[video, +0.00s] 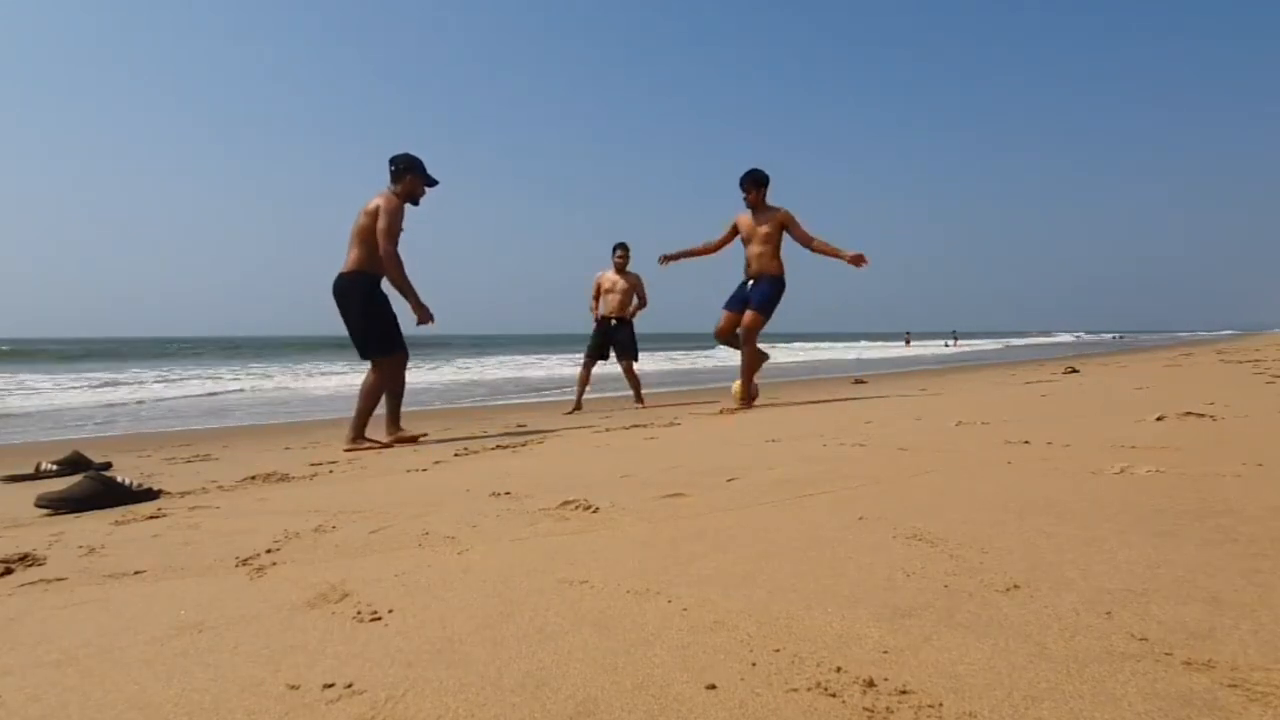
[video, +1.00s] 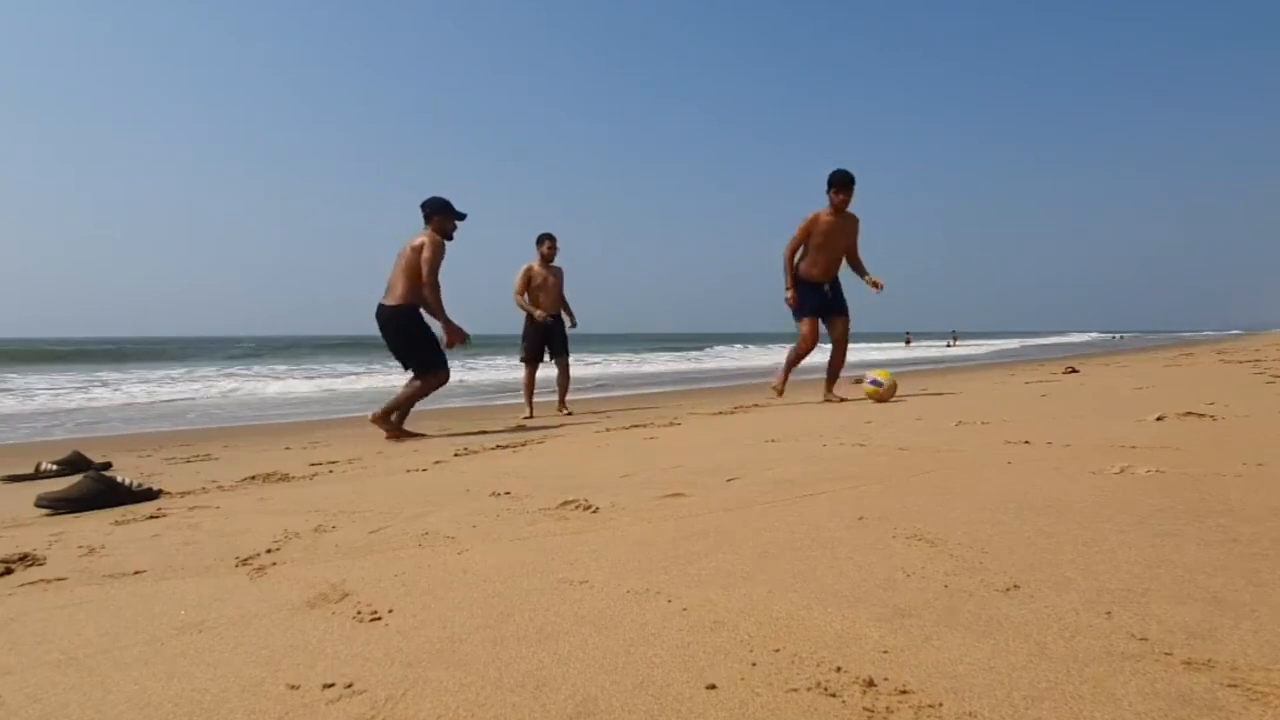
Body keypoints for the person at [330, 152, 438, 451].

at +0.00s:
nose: (424, 190)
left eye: (425, 185)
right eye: (421, 183)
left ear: (401, 180)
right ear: (406, 179)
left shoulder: (384, 204)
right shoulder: (389, 204)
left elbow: (386, 262)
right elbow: (387, 257)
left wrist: (414, 302)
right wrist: (417, 303)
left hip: (363, 286)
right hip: (358, 287)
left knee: (397, 357)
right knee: (383, 363)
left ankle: (393, 429)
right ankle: (355, 436)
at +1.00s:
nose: (455, 225)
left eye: (455, 220)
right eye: (451, 220)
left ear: (432, 221)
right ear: (436, 220)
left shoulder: (418, 243)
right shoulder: (433, 242)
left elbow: (422, 298)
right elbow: (429, 285)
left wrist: (449, 326)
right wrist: (448, 325)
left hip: (390, 311)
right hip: (403, 313)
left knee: (426, 372)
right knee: (439, 375)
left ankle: (397, 425)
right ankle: (384, 414)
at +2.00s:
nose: (570, 139)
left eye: (570, 132)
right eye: (565, 131)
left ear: (548, 133)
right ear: (543, 131)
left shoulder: (551, 177)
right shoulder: (522, 168)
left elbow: (555, 225)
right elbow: (506, 224)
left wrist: (571, 254)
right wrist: (513, 270)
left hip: (529, 263)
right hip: (505, 261)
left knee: (561, 339)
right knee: (506, 345)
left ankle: (537, 420)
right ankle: (470, 429)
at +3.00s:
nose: (765, 152)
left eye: (765, 146)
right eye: (763, 145)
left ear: (737, 140)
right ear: (753, 142)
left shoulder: (711, 170)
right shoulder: (746, 175)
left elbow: (710, 232)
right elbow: (749, 229)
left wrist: (752, 250)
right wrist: (782, 271)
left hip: (678, 260)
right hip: (710, 255)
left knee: (727, 323)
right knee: (756, 329)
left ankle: (718, 398)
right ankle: (785, 404)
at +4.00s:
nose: (602, 191)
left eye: (602, 186)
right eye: (600, 186)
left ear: (575, 184)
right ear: (589, 183)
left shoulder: (555, 214)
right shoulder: (601, 211)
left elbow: (545, 258)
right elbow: (612, 258)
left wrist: (552, 284)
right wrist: (619, 301)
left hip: (551, 288)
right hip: (581, 289)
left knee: (564, 358)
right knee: (609, 360)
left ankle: (528, 420)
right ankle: (575, 401)